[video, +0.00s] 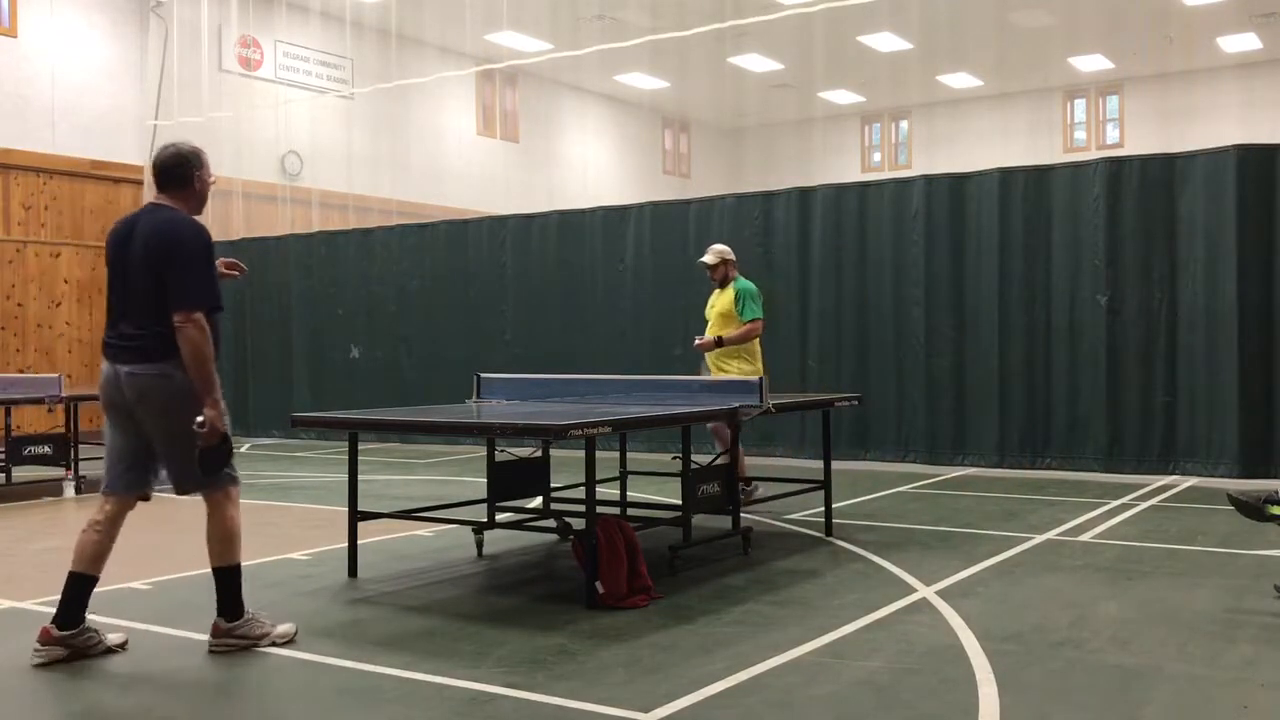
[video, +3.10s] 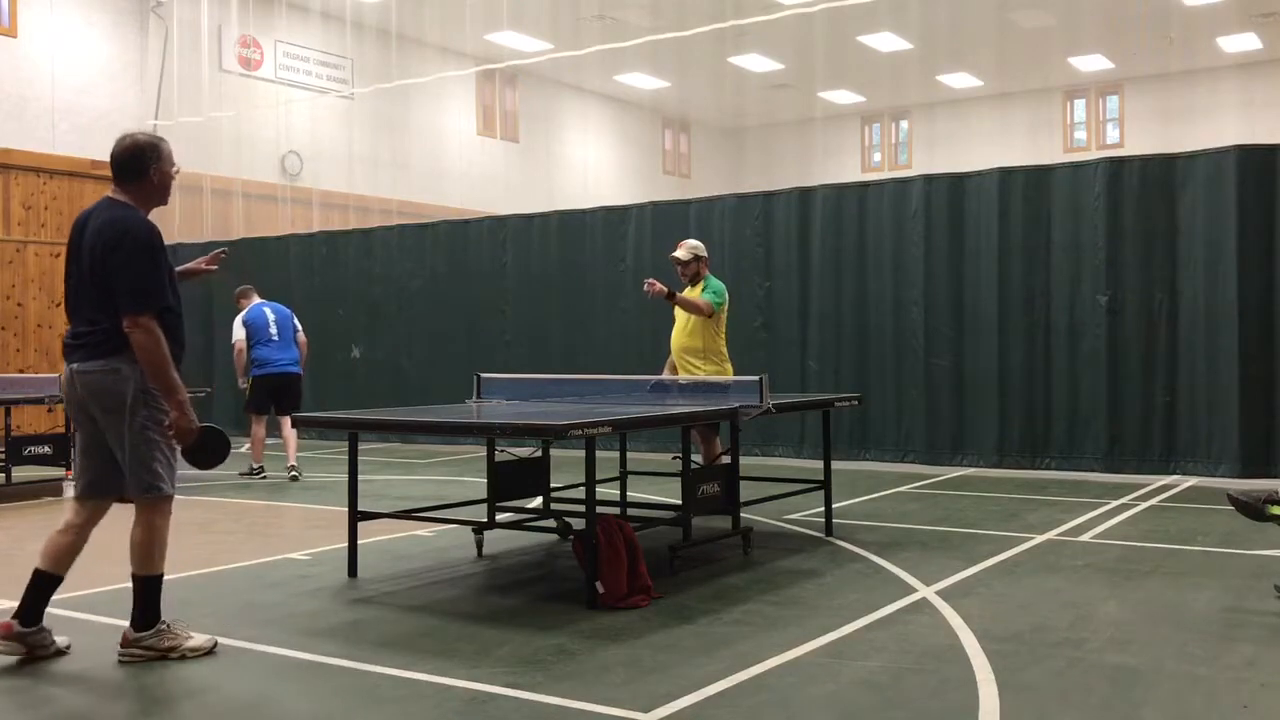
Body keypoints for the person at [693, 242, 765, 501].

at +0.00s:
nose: (710, 273)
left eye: (713, 268)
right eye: (708, 268)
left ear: (729, 265)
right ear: (715, 268)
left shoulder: (745, 288)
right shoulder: (719, 291)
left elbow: (755, 327)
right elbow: (721, 328)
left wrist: (716, 341)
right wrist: (706, 340)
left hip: (740, 375)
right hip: (719, 374)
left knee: (719, 424)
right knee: (720, 426)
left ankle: (742, 480)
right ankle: (740, 480)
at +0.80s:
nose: (680, 278)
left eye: (684, 272)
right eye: (678, 273)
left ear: (700, 269)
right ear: (676, 271)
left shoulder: (719, 296)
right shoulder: (692, 293)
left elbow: (726, 340)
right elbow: (698, 335)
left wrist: (690, 360)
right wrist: (687, 366)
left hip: (719, 376)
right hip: (699, 375)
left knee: (713, 433)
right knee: (707, 431)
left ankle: (712, 485)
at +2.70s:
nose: (677, 268)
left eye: (682, 262)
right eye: (676, 263)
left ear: (699, 262)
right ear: (675, 264)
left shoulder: (713, 289)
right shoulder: (689, 290)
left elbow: (718, 330)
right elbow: (688, 333)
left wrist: (676, 324)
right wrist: (676, 366)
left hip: (709, 377)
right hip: (688, 376)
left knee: (705, 432)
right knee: (702, 432)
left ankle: (712, 485)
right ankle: (716, 484)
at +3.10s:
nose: (680, 270)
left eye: (686, 264)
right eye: (677, 264)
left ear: (702, 263)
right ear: (675, 265)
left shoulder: (716, 287)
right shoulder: (686, 292)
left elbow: (704, 309)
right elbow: (684, 340)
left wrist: (669, 295)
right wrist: (668, 372)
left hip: (712, 378)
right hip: (688, 378)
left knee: (706, 434)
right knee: (701, 434)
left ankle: (715, 488)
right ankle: (716, 485)